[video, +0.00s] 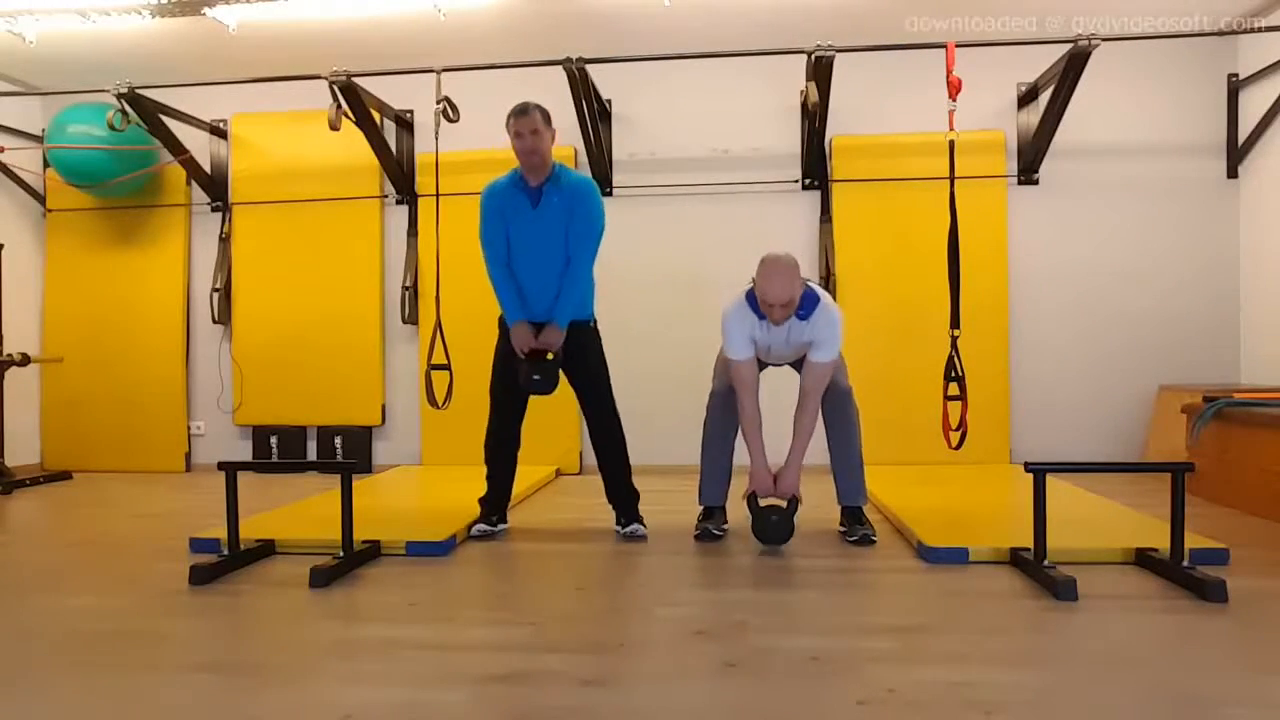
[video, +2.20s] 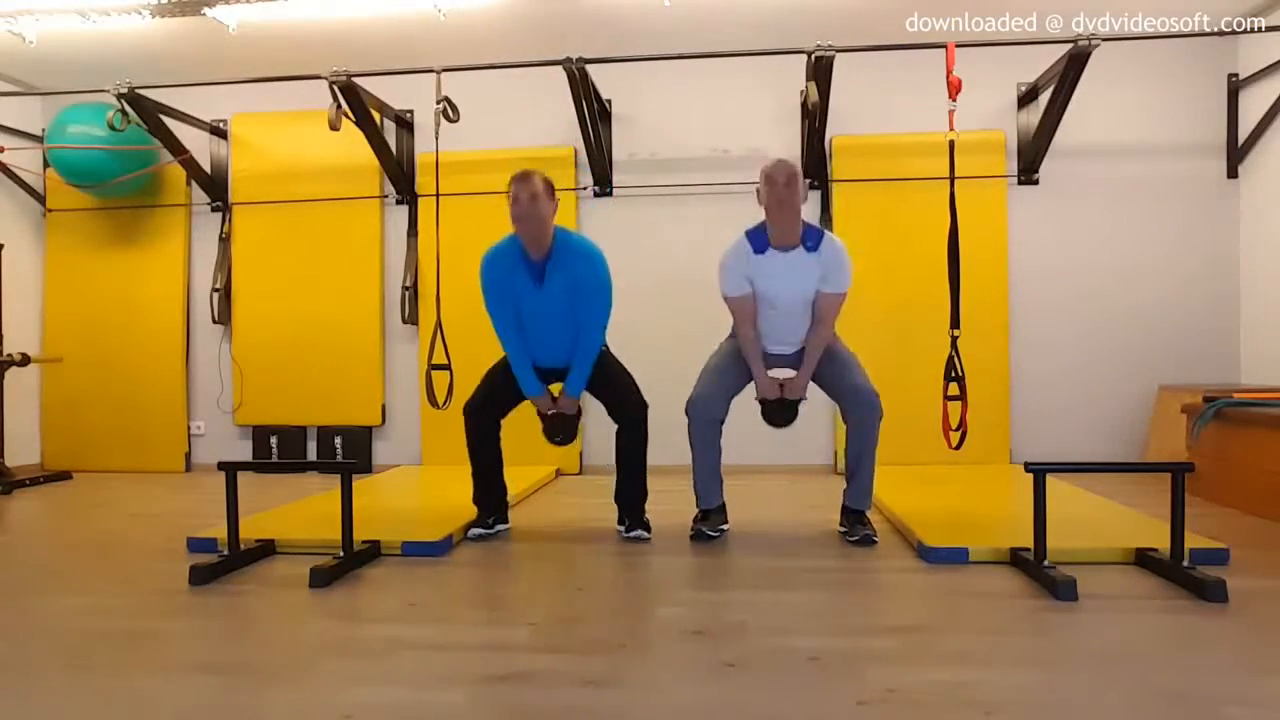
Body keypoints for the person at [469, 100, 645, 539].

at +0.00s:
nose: (528, 141)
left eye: (535, 132)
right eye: (519, 135)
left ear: (552, 136)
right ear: (510, 141)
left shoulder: (582, 190)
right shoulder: (496, 196)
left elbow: (582, 262)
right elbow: (496, 264)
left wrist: (560, 322)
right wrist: (515, 321)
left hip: (573, 322)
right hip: (517, 324)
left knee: (603, 418)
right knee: (503, 422)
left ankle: (627, 514)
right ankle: (493, 512)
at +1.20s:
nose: (544, 134)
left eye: (552, 128)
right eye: (537, 128)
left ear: (567, 140)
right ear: (527, 139)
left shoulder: (587, 187)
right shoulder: (503, 187)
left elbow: (575, 227)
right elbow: (493, 227)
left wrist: (543, 253)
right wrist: (503, 255)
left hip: (566, 317)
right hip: (514, 316)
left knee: (598, 415)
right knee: (498, 415)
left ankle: (629, 515)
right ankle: (492, 513)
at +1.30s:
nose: (548, 138)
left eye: (556, 133)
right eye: (541, 134)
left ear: (570, 146)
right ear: (529, 146)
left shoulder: (588, 184)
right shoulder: (512, 182)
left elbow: (580, 194)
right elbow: (492, 199)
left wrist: (538, 199)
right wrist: (503, 209)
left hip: (568, 317)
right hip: (516, 313)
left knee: (598, 417)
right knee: (501, 416)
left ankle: (630, 517)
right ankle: (493, 515)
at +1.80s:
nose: (549, 135)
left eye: (556, 129)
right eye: (541, 130)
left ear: (572, 139)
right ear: (531, 140)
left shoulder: (593, 187)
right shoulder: (515, 186)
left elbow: (583, 215)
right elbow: (497, 216)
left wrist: (542, 218)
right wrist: (513, 216)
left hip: (580, 324)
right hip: (526, 323)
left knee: (609, 418)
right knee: (502, 418)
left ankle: (630, 515)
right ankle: (493, 514)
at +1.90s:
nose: (547, 143)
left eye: (555, 137)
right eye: (540, 138)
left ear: (571, 148)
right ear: (530, 149)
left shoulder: (594, 203)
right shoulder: (510, 201)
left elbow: (581, 250)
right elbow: (502, 246)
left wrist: (549, 278)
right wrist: (509, 277)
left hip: (582, 331)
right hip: (529, 333)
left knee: (616, 415)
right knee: (495, 412)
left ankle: (630, 514)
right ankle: (493, 513)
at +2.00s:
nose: (543, 156)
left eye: (551, 150)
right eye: (536, 151)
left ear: (567, 161)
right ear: (525, 164)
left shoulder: (593, 218)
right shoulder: (507, 217)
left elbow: (585, 284)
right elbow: (505, 281)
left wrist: (560, 338)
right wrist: (517, 335)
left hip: (581, 335)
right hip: (525, 336)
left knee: (622, 410)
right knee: (489, 411)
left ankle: (631, 514)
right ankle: (493, 512)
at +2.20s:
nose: (520, 207)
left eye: (530, 199)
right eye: (514, 199)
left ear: (552, 205)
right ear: (508, 208)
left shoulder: (587, 258)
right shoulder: (496, 263)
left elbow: (591, 335)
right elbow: (511, 339)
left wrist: (571, 394)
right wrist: (542, 400)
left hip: (584, 359)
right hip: (527, 362)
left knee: (633, 412)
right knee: (478, 413)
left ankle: (632, 515)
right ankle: (493, 514)